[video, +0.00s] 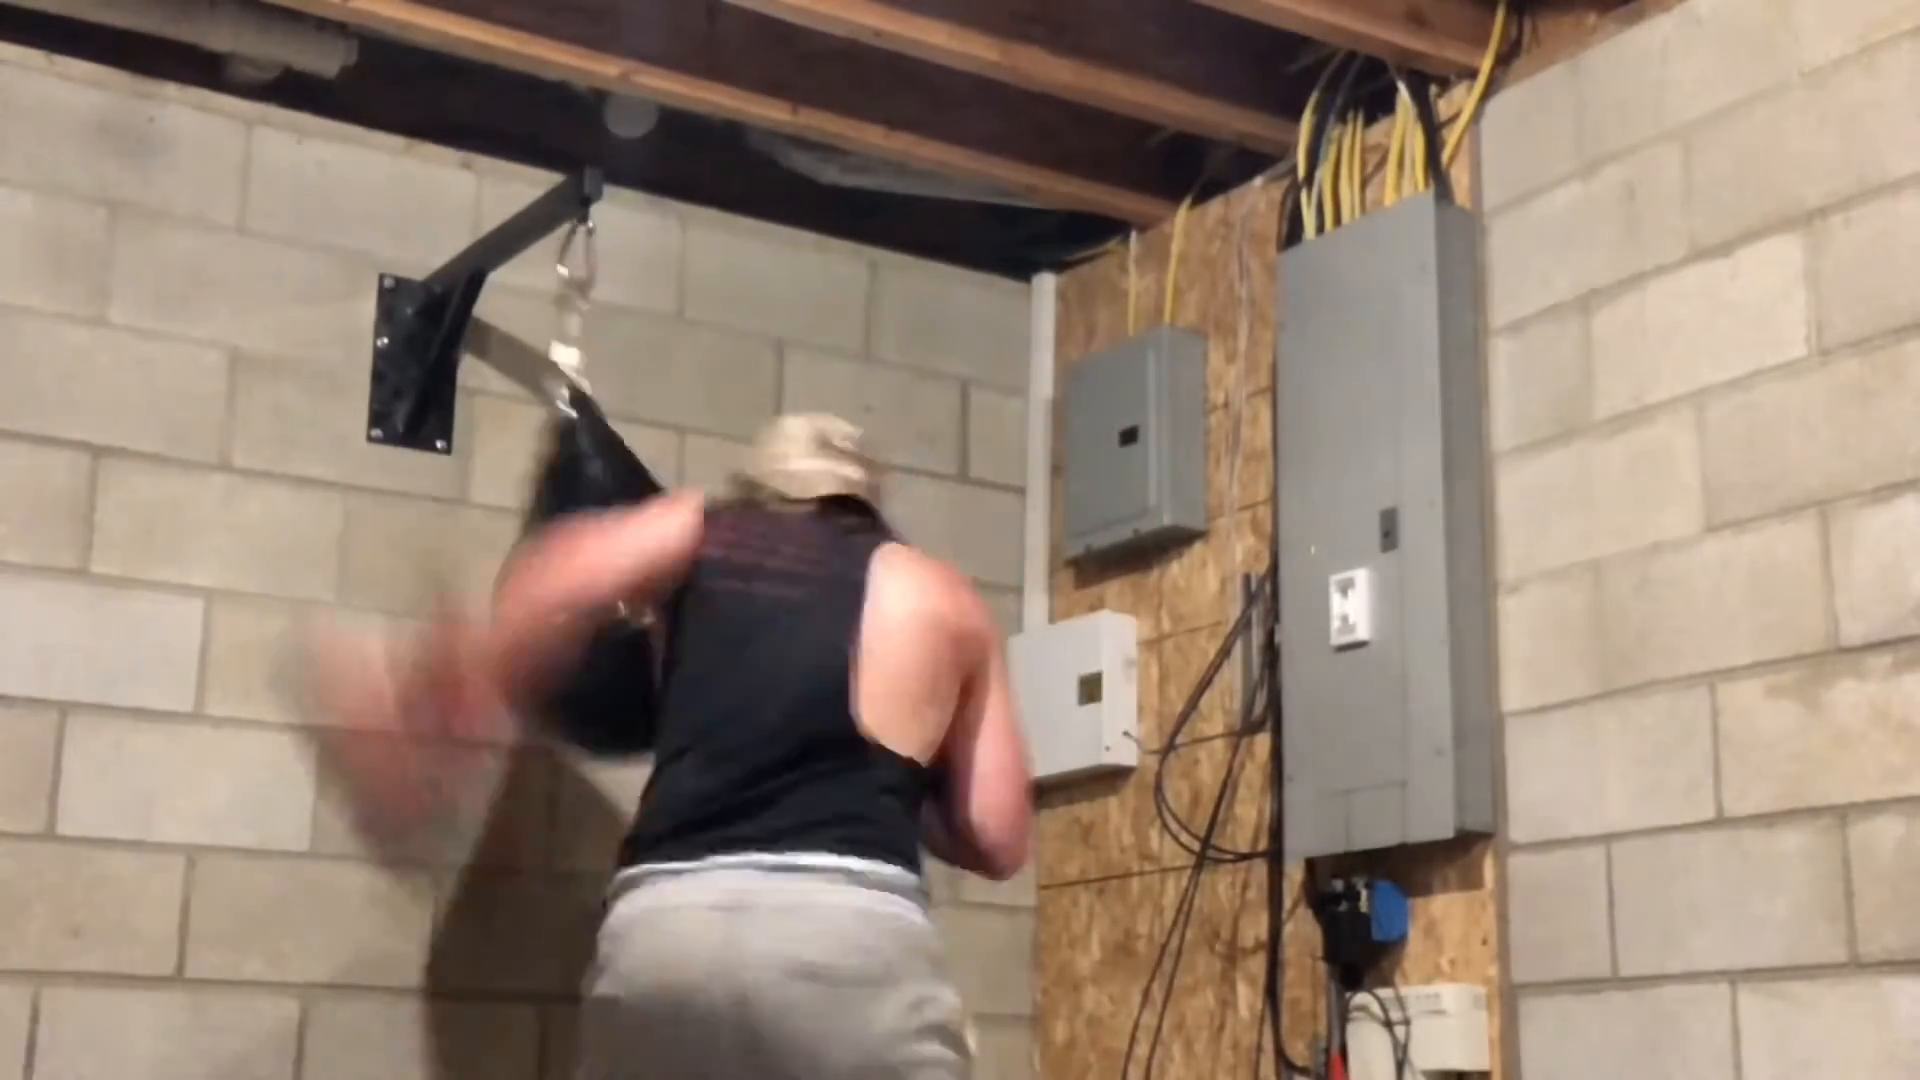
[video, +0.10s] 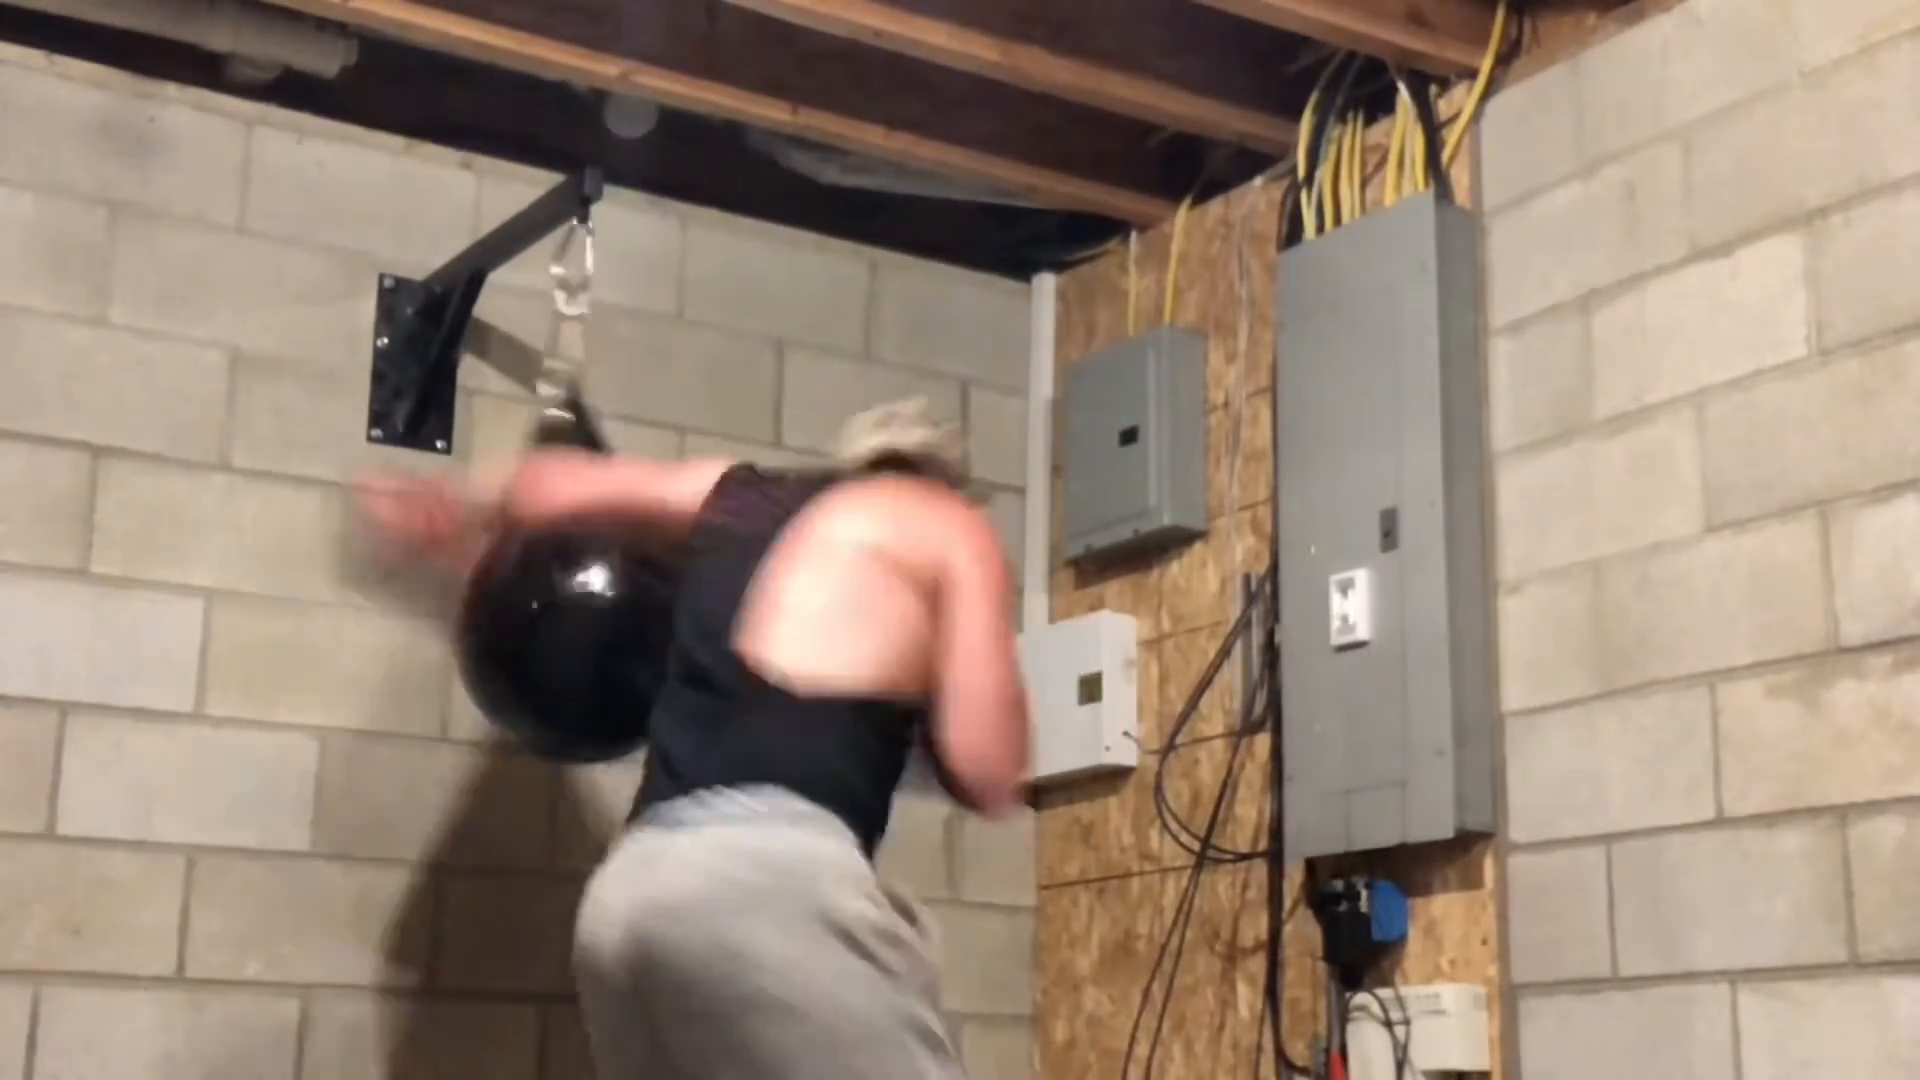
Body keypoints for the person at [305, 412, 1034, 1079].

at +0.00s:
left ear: (755, 484)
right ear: (872, 499)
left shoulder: (697, 523)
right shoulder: (951, 600)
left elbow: (554, 578)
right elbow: (998, 842)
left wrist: (473, 693)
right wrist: (891, 768)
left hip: (665, 932)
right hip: (859, 939)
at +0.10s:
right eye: (962, 499)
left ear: (851, 458)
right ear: (945, 479)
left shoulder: (738, 492)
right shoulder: (952, 529)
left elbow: (545, 484)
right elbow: (988, 770)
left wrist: (460, 512)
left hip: (625, 891)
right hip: (773, 893)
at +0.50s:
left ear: (841, 447)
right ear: (966, 459)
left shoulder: (728, 524)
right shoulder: (987, 531)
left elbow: (597, 721)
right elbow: (1020, 786)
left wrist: (703, 734)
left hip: (629, 930)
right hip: (807, 942)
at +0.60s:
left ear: (850, 411)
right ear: (977, 413)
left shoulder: (731, 497)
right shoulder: (1008, 492)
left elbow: (601, 679)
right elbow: (1042, 740)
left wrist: (722, 707)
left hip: (674, 885)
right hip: (854, 889)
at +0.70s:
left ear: (861, 374)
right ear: (989, 376)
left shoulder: (746, 453)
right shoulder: (1044, 456)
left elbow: (626, 633)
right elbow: (1089, 699)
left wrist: (742, 679)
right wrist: (984, 691)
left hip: (719, 868)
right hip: (910, 869)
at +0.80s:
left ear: (859, 350)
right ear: (994, 357)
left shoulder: (767, 422)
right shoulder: (1077, 452)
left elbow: (647, 615)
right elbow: (1135, 705)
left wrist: (753, 652)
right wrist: (1003, 656)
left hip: (764, 856)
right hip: (962, 859)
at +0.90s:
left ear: (848, 339)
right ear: (982, 344)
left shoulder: (770, 410)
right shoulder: (1078, 455)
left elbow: (654, 604)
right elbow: (1135, 714)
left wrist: (763, 639)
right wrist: (995, 663)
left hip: (790, 861)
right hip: (992, 869)